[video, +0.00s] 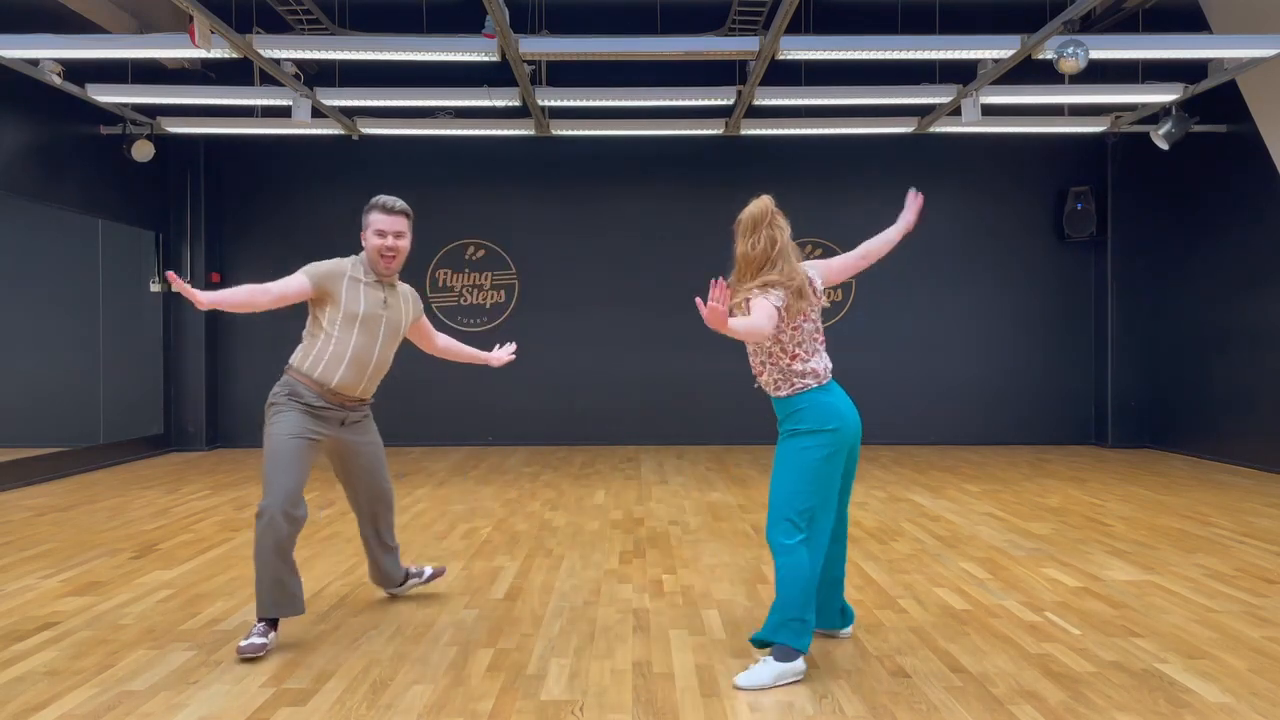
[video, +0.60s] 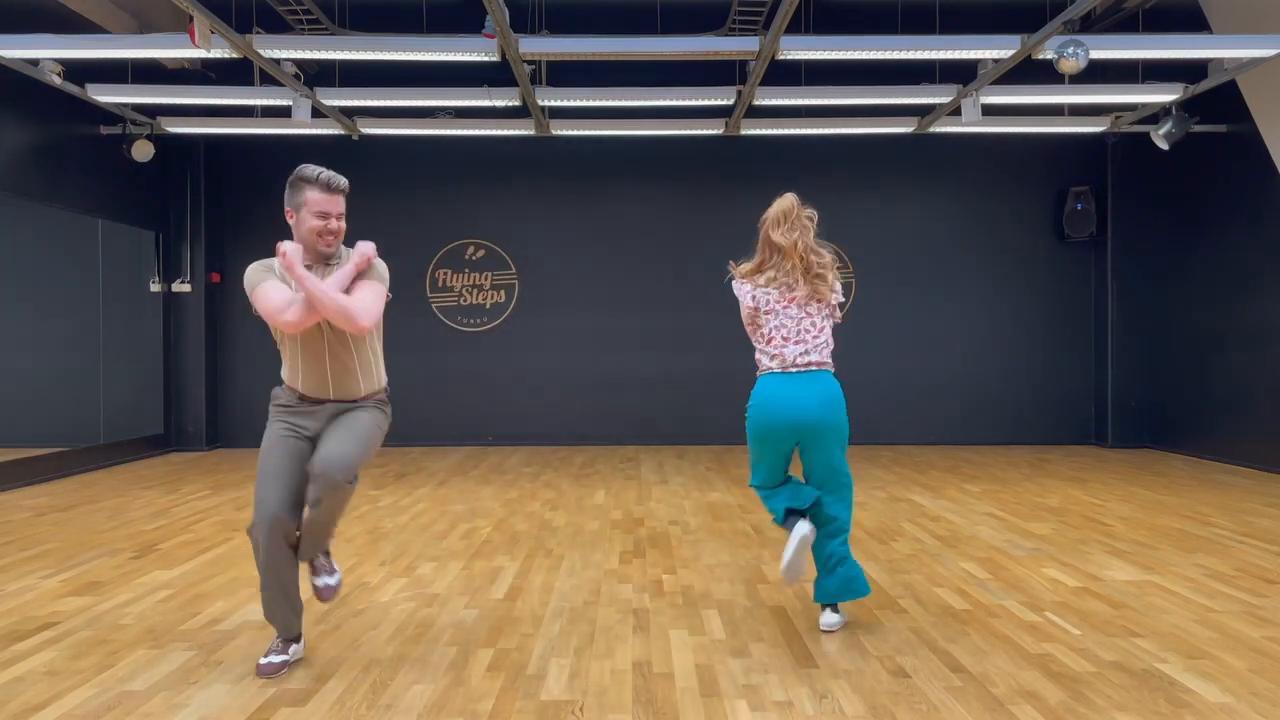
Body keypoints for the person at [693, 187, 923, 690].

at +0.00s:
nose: (738, 248)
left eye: (740, 240)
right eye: (746, 240)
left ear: (745, 244)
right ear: (785, 239)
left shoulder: (764, 289)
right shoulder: (808, 273)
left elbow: (762, 327)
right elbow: (859, 257)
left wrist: (721, 324)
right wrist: (903, 225)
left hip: (809, 422)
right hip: (837, 414)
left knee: (788, 530)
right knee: (828, 522)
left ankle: (788, 652)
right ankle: (830, 613)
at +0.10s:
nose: (748, 247)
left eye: (749, 240)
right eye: (753, 238)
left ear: (755, 243)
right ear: (794, 240)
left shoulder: (765, 294)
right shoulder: (818, 279)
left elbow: (763, 346)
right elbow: (873, 284)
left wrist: (724, 368)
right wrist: (926, 274)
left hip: (814, 419)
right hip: (848, 410)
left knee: (794, 529)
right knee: (838, 523)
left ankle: (817, 648)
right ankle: (837, 616)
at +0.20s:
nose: (760, 246)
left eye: (760, 239)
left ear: (763, 243)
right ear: (804, 240)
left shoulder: (764, 299)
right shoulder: (826, 284)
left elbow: (764, 366)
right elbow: (868, 326)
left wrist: (740, 425)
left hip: (812, 415)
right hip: (853, 405)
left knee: (801, 527)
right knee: (848, 514)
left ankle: (852, 634)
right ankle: (838, 602)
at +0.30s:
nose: (770, 244)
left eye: (769, 237)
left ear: (769, 242)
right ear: (812, 239)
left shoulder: (763, 296)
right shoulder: (838, 287)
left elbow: (764, 373)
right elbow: (848, 354)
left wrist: (764, 421)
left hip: (807, 409)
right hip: (853, 400)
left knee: (808, 525)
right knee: (851, 514)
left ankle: (871, 612)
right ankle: (842, 608)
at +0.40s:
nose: (778, 239)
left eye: (773, 232)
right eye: (803, 230)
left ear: (771, 236)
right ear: (815, 234)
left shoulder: (761, 287)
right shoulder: (837, 280)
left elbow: (757, 357)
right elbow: (846, 323)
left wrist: (747, 361)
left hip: (800, 406)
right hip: (850, 397)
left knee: (795, 513)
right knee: (850, 509)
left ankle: (861, 557)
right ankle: (845, 612)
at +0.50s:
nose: (769, 233)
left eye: (769, 228)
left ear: (772, 231)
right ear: (812, 229)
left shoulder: (757, 278)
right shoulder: (831, 269)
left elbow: (755, 314)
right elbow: (839, 308)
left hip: (786, 392)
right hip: (838, 388)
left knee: (781, 485)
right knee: (844, 497)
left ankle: (832, 502)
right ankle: (845, 604)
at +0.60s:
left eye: (774, 232)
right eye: (805, 231)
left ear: (766, 236)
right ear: (808, 236)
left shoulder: (748, 281)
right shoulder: (825, 276)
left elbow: (754, 332)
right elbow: (833, 317)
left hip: (771, 394)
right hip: (822, 393)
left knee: (770, 479)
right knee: (831, 494)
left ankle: (797, 520)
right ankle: (830, 602)